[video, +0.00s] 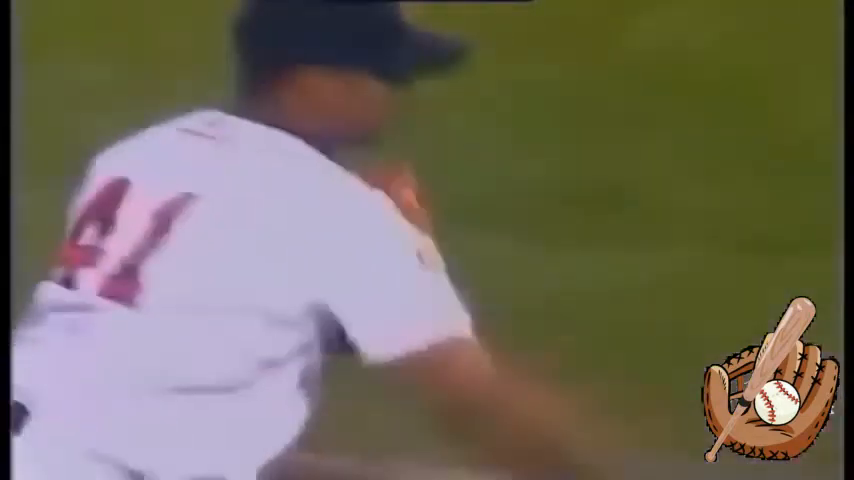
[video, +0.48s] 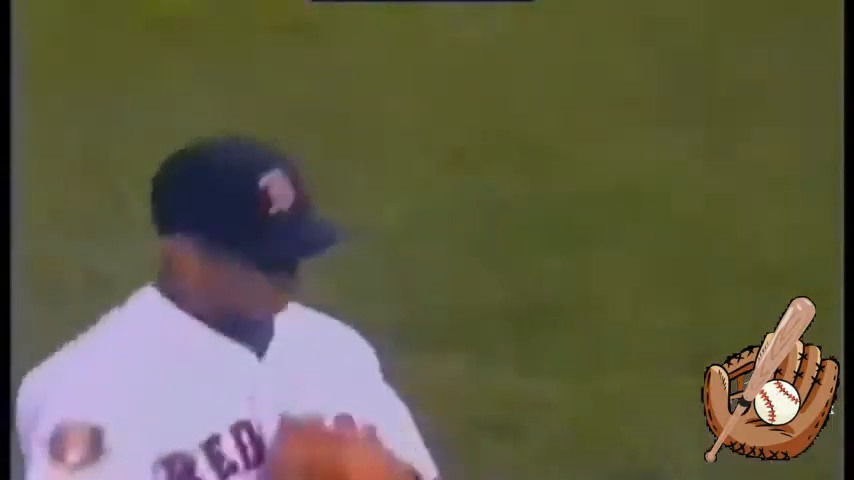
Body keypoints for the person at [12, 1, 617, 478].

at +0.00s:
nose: (394, 92)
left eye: (392, 74)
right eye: (379, 74)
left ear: (272, 79)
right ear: (306, 84)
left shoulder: (141, 150)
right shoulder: (340, 209)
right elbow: (469, 396)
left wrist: (357, 236)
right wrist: (602, 464)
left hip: (21, 443)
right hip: (126, 470)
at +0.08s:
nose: (357, 79)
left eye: (356, 60)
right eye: (341, 59)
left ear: (251, 66)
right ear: (263, 67)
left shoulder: (134, 143)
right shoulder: (276, 170)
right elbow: (435, 276)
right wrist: (611, 265)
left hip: (34, 448)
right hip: (130, 464)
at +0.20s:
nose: (338, 80)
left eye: (336, 62)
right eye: (322, 61)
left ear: (243, 71)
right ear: (242, 66)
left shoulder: (272, 166)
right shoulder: (183, 139)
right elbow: (294, 254)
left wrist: (344, 341)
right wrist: (459, 149)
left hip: (228, 466)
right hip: (105, 461)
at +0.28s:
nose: (332, 115)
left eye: (332, 98)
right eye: (316, 98)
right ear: (236, 100)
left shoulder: (297, 209)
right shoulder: (167, 184)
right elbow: (204, 325)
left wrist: (368, 372)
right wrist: (355, 220)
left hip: (261, 467)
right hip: (126, 466)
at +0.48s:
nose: (289, 280)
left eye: (292, 258)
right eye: (264, 262)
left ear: (300, 236)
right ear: (185, 256)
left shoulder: (338, 350)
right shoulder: (79, 392)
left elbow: (420, 469)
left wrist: (373, 468)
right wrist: (282, 472)